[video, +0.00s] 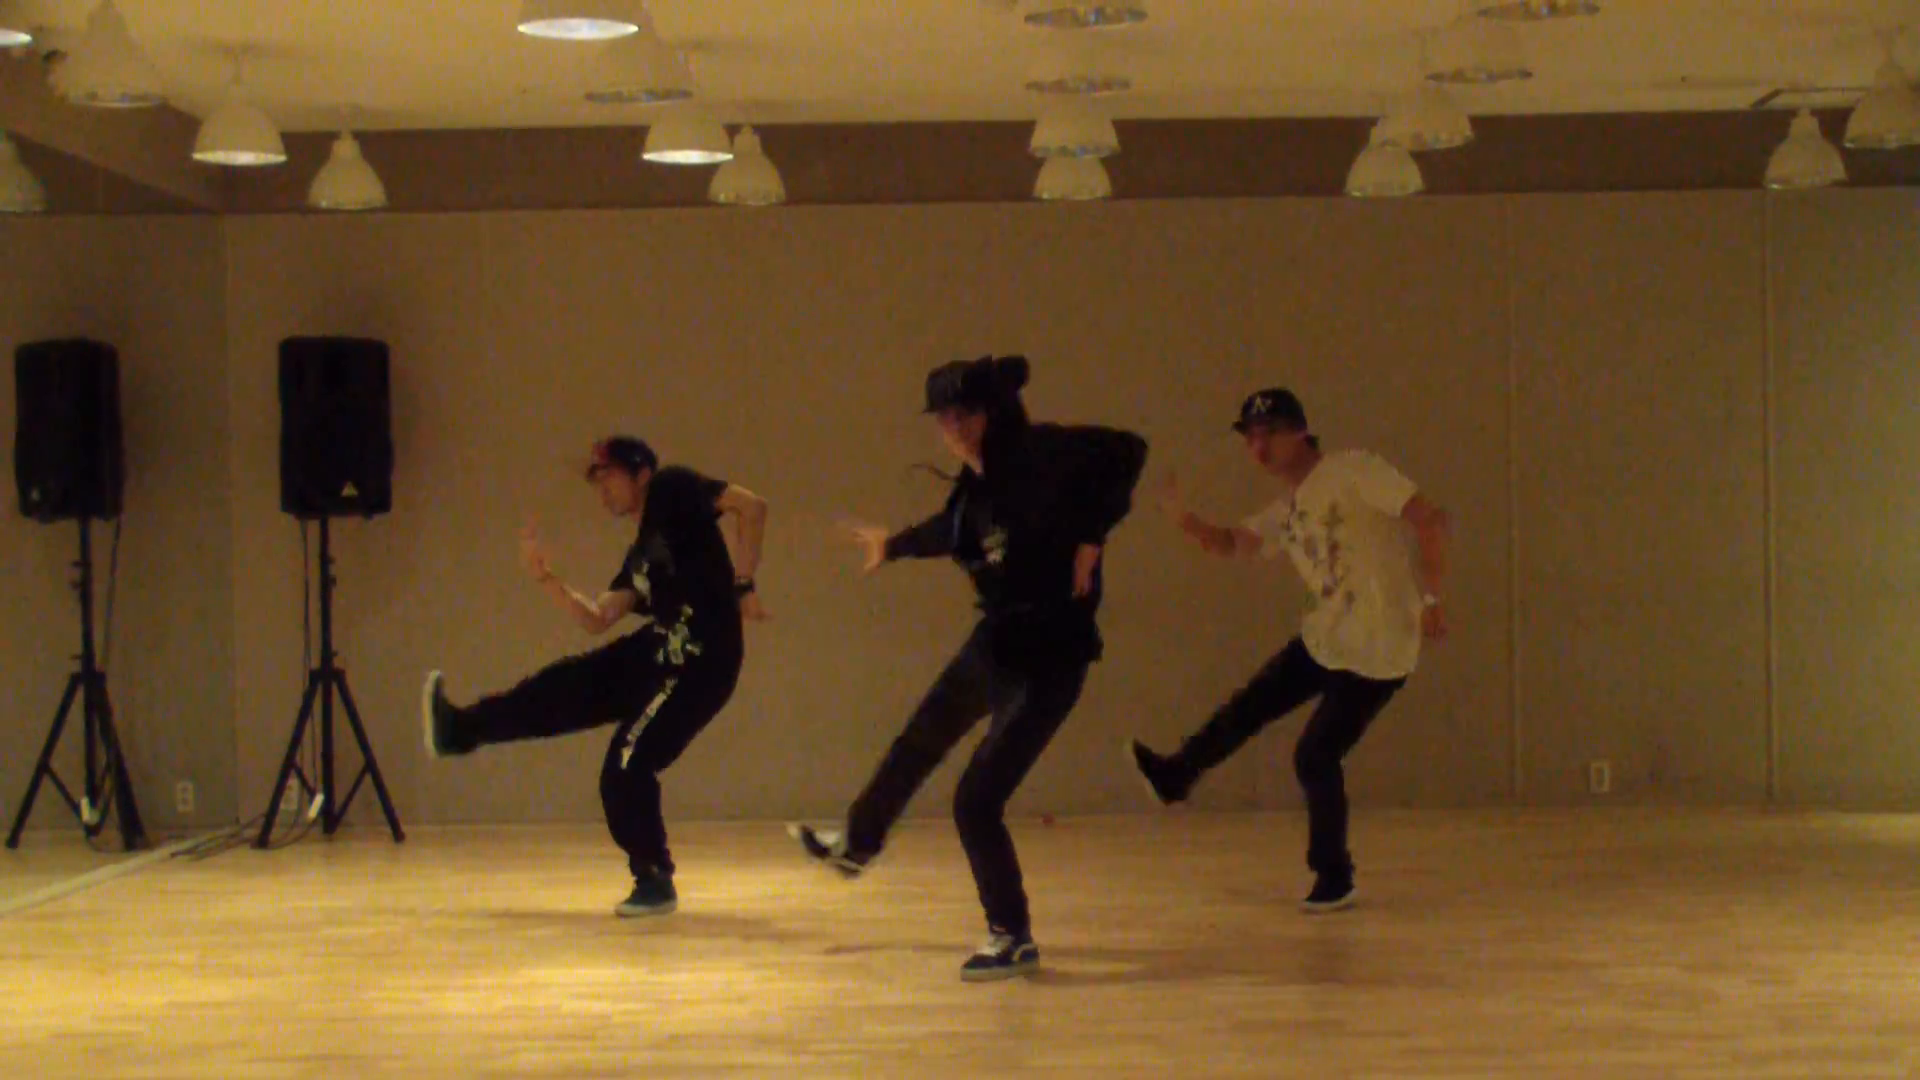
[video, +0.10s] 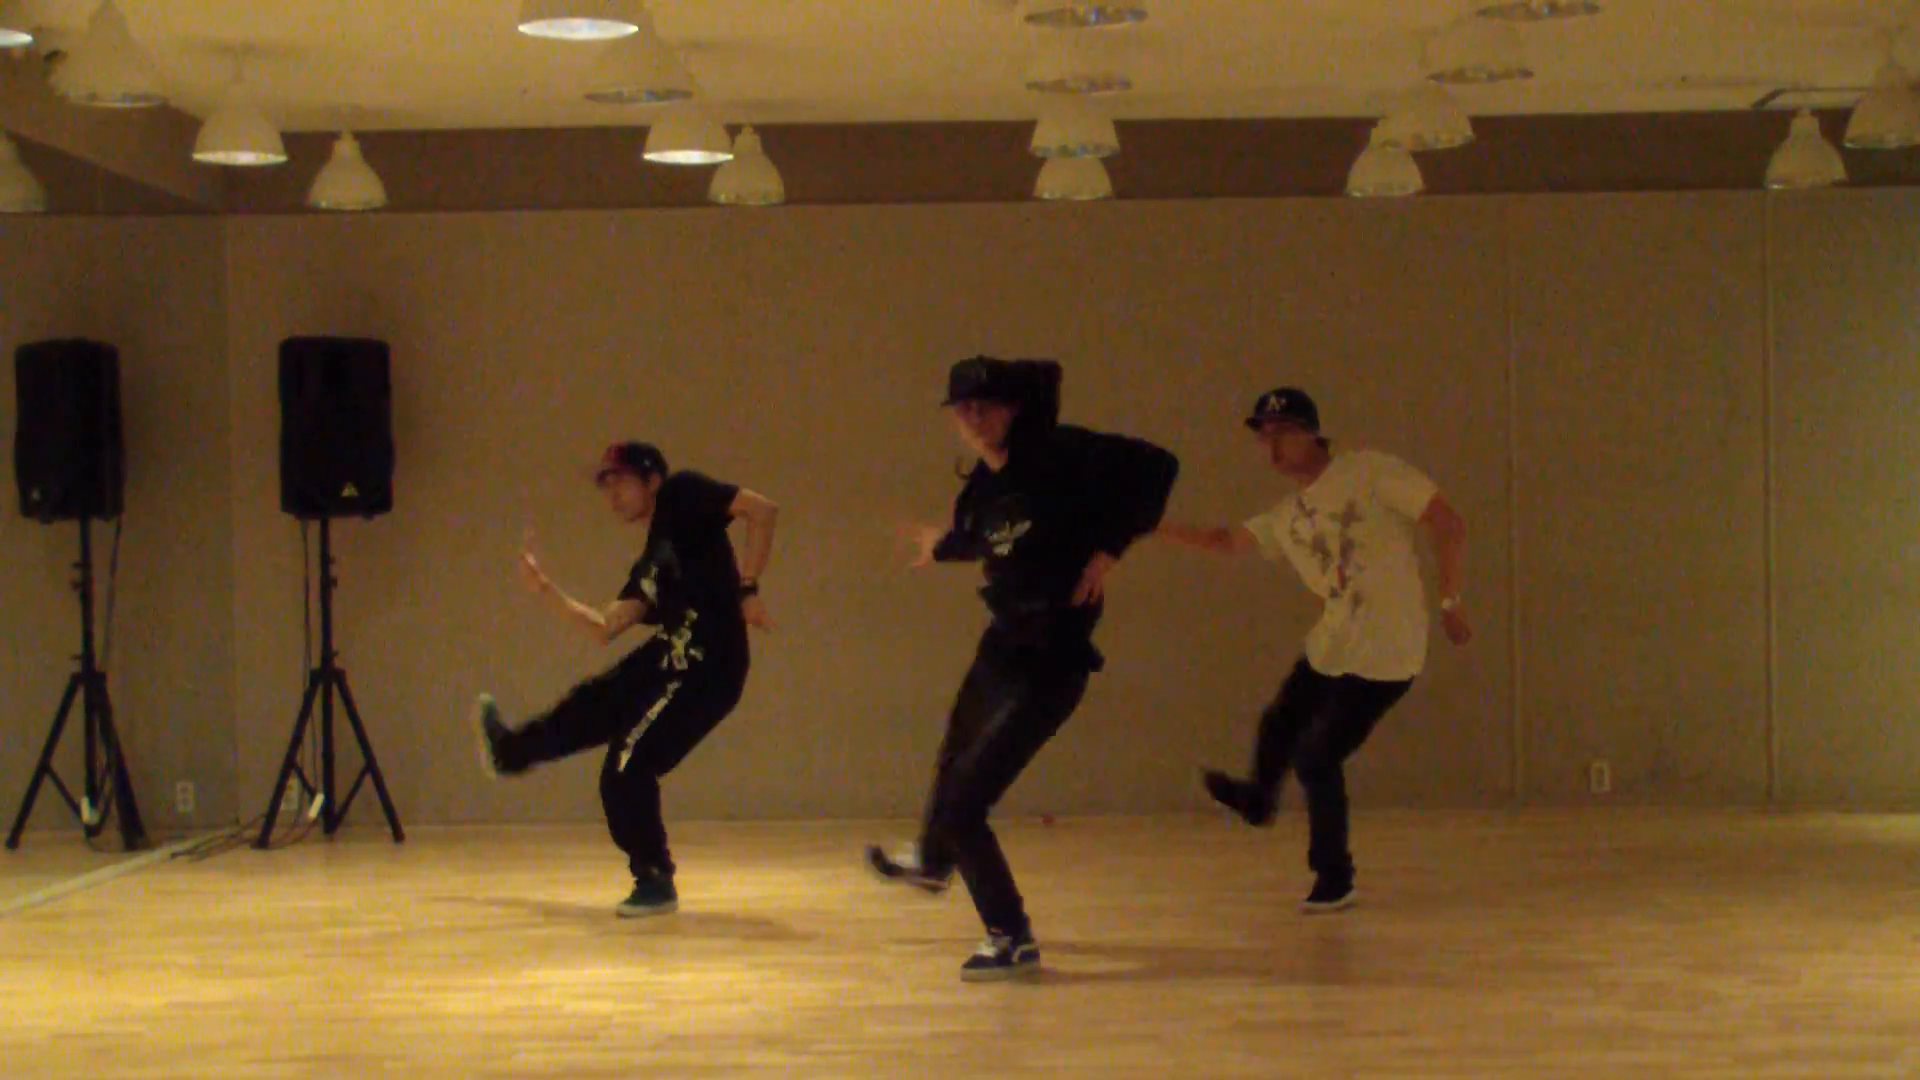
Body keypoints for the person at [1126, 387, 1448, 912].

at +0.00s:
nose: (1256, 449)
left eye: (1265, 435)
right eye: (1250, 439)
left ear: (1296, 433)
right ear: (1250, 444)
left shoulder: (1353, 471)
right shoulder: (1290, 510)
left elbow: (1428, 519)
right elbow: (1235, 543)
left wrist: (1433, 598)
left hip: (1381, 649)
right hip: (1328, 637)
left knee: (1317, 755)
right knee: (1251, 706)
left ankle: (1333, 876)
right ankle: (1178, 774)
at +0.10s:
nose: (1274, 451)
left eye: (1282, 436)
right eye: (1267, 441)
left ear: (1311, 432)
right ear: (1265, 447)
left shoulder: (1368, 471)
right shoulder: (1289, 515)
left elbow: (1449, 524)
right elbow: (1227, 541)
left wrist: (1451, 601)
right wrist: (1158, 527)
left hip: (1388, 647)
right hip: (1335, 640)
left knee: (1319, 752)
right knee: (1280, 722)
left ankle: (1334, 875)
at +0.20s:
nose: (1285, 450)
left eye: (1294, 436)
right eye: (1278, 440)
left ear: (1323, 432)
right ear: (1278, 446)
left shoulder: (1375, 472)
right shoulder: (1301, 514)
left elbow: (1451, 526)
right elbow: (1244, 546)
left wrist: (1453, 608)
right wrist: (1176, 549)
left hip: (1395, 647)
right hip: (1342, 648)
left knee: (1326, 751)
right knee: (1319, 753)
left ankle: (1335, 877)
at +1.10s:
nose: (1108, 497)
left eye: (1119, 485)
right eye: (1104, 486)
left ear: (1150, 485)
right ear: (1103, 486)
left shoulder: (1182, 538)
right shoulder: (1128, 532)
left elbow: (1105, 596)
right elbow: (1083, 585)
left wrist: (1035, 629)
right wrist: (1028, 613)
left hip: (1203, 696)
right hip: (1153, 687)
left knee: (1132, 785)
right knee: (1081, 761)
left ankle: (1244, 865)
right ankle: (1113, 874)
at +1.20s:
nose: (1086, 503)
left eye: (1098, 491)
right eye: (1080, 491)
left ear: (1127, 491)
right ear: (1075, 491)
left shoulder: (1160, 540)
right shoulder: (1099, 534)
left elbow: (1106, 618)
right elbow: (1072, 606)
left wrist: (1051, 675)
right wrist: (1034, 660)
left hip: (1187, 688)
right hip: (1133, 684)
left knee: (1119, 771)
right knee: (1069, 763)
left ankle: (1215, 855)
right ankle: (1112, 874)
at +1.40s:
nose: (1079, 460)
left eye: (1089, 448)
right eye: (1072, 450)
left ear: (1117, 450)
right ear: (1066, 454)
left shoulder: (1160, 504)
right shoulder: (1070, 512)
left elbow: (1195, 584)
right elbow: (1042, 591)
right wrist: (1008, 650)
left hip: (1170, 653)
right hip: (1106, 664)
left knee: (1124, 709)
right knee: (1070, 763)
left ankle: (1165, 769)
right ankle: (1111, 870)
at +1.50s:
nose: (1096, 420)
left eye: (1106, 409)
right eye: (1086, 411)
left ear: (1130, 411)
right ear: (1077, 417)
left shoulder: (1170, 465)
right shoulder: (1069, 477)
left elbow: (1204, 477)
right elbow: (1010, 508)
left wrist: (1219, 469)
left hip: (1174, 625)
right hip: (1109, 638)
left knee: (1143, 699)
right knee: (1089, 749)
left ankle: (1174, 811)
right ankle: (1115, 870)